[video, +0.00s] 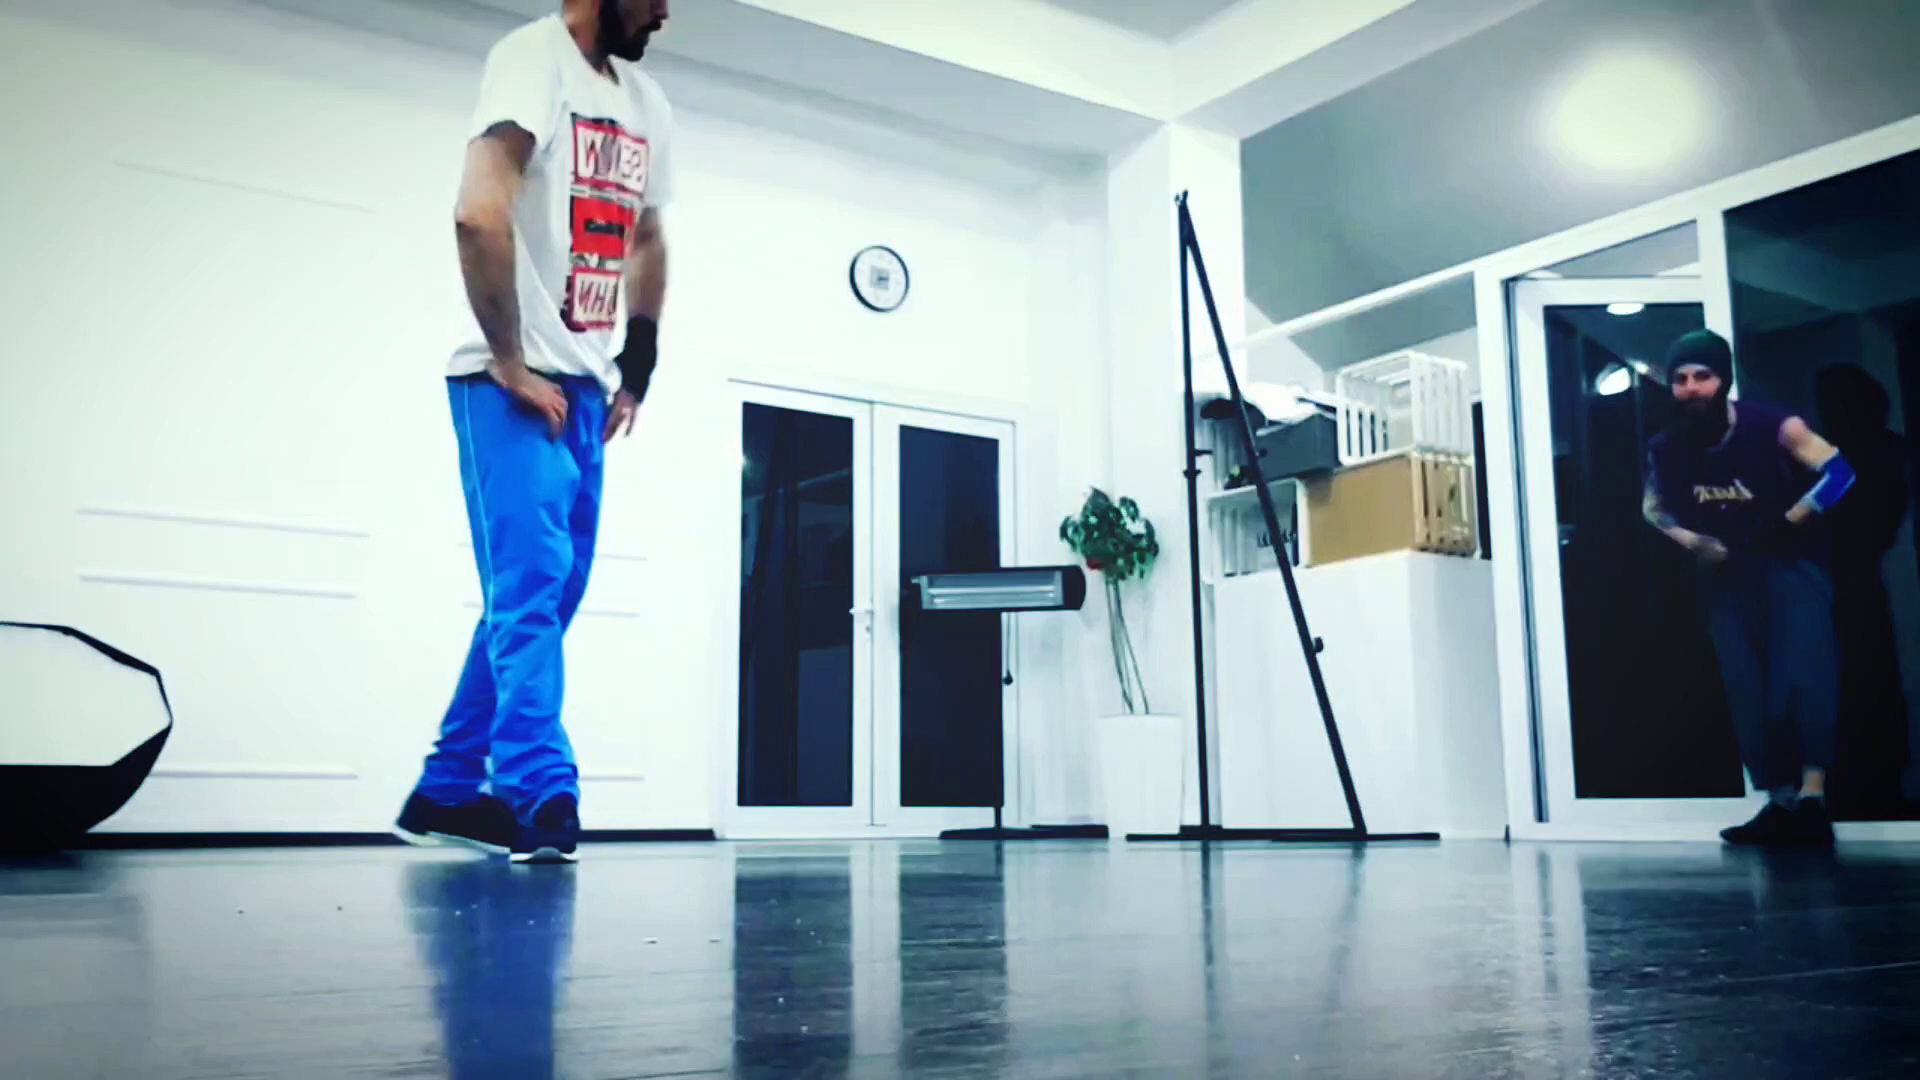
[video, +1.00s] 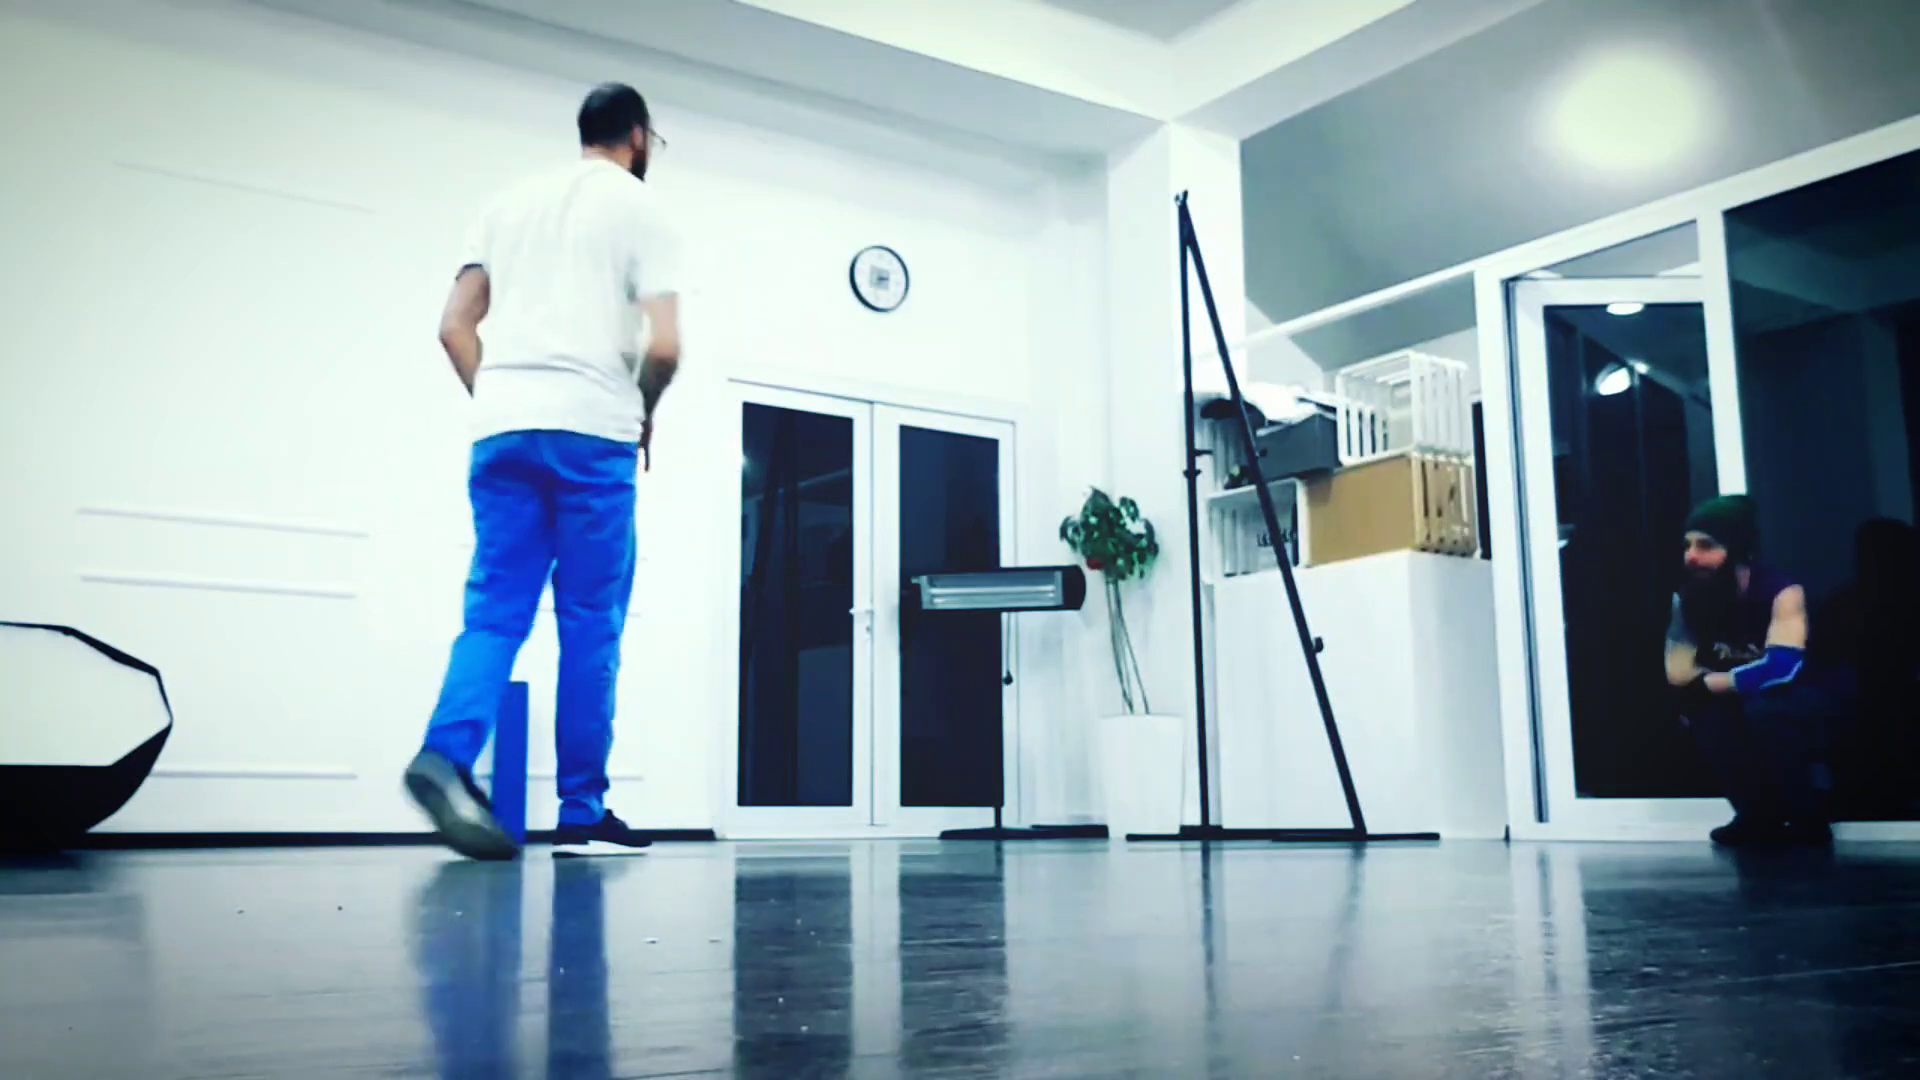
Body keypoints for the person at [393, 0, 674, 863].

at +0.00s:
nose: (663, 10)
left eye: (665, 1)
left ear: (641, 11)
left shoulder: (649, 99)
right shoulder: (533, 56)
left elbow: (648, 241)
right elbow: (481, 214)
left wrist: (636, 368)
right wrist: (509, 361)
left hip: (589, 385)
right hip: (512, 375)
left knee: (555, 584)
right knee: (528, 582)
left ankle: (451, 786)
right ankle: (542, 795)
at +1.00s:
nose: (650, 157)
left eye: (649, 146)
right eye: (651, 145)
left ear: (581, 137)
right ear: (638, 138)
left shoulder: (509, 204)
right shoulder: (641, 208)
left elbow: (456, 326)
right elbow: (665, 348)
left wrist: (503, 403)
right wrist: (640, 410)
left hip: (503, 424)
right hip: (595, 428)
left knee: (495, 610)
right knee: (591, 622)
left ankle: (444, 759)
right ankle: (582, 810)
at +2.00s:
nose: (768, 258)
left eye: (769, 246)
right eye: (761, 245)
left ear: (715, 244)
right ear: (724, 242)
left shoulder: (661, 296)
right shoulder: (732, 313)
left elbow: (676, 411)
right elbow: (737, 440)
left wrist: (775, 411)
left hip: (624, 502)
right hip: (688, 510)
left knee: (595, 660)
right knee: (730, 663)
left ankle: (542, 806)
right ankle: (768, 807)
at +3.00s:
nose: (912, 269)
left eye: (921, 254)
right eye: (899, 261)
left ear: (947, 258)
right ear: (889, 274)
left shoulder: (1002, 323)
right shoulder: (903, 359)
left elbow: (1081, 405)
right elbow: (915, 456)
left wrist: (1032, 446)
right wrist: (939, 538)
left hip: (1031, 515)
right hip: (964, 536)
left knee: (997, 657)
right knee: (968, 681)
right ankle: (1047, 809)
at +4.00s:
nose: (1110, 120)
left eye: (1126, 110)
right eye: (1097, 105)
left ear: (1144, 127)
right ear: (1073, 113)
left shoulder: (1132, 224)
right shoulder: (1019, 187)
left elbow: (1140, 357)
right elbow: (876, 252)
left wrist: (1136, 260)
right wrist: (838, 371)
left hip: (1080, 438)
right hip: (1014, 424)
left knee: (1090, 623)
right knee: (1109, 578)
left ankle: (918, 752)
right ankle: (1113, 797)